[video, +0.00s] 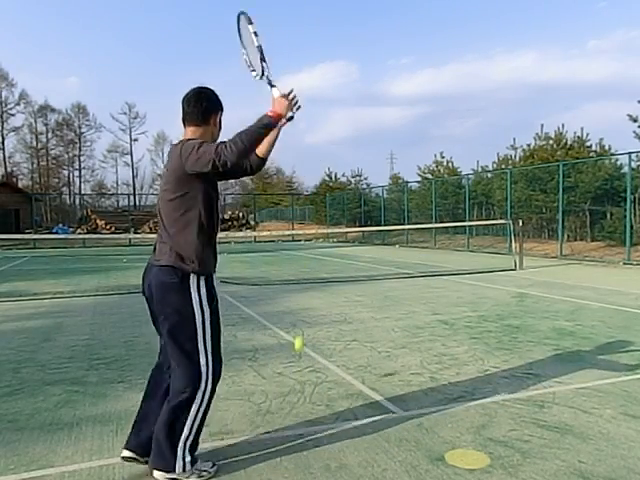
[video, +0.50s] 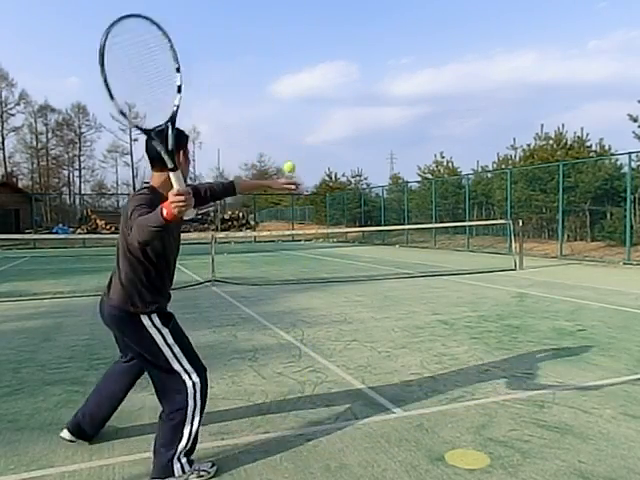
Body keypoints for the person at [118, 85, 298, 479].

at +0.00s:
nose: (221, 124)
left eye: (219, 119)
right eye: (221, 118)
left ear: (185, 118)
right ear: (214, 118)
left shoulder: (184, 154)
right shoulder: (191, 152)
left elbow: (250, 163)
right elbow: (232, 152)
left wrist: (278, 123)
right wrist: (274, 114)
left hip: (164, 274)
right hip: (185, 276)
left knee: (174, 361)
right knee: (202, 369)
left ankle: (142, 443)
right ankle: (173, 461)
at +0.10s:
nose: (216, 137)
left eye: (218, 133)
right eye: (216, 131)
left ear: (181, 129)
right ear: (207, 132)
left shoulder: (196, 174)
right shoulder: (180, 166)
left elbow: (248, 168)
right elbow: (208, 152)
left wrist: (281, 134)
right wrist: (245, 107)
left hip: (156, 287)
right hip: (179, 291)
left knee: (162, 364)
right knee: (196, 380)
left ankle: (111, 436)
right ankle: (170, 464)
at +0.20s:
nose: (215, 148)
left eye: (217, 143)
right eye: (210, 142)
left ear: (177, 144)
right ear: (198, 144)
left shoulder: (201, 185)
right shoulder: (168, 180)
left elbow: (248, 179)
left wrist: (293, 156)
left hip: (155, 300)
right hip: (170, 305)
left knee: (157, 369)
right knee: (207, 389)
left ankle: (89, 429)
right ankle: (174, 466)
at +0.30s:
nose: (214, 155)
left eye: (214, 147)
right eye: (209, 147)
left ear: (173, 150)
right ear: (195, 151)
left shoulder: (196, 190)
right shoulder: (166, 190)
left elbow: (246, 188)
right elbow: (167, 202)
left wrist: (293, 177)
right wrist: (204, 152)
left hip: (142, 304)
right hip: (160, 310)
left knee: (148, 365)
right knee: (204, 385)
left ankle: (85, 425)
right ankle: (175, 466)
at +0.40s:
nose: (203, 161)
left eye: (201, 156)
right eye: (200, 156)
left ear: (167, 158)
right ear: (189, 160)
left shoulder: (178, 196)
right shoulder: (161, 198)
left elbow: (224, 194)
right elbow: (149, 226)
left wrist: (281, 185)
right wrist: (180, 190)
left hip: (130, 306)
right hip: (153, 312)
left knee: (142, 362)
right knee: (198, 382)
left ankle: (81, 424)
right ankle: (174, 466)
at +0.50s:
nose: (190, 159)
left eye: (187, 153)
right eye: (187, 153)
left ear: (155, 161)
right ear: (179, 158)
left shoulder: (169, 194)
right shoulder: (145, 202)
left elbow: (218, 191)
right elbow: (140, 228)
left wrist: (268, 184)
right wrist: (164, 213)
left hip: (118, 304)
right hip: (142, 310)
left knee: (134, 359)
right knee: (190, 378)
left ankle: (83, 425)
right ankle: (173, 465)